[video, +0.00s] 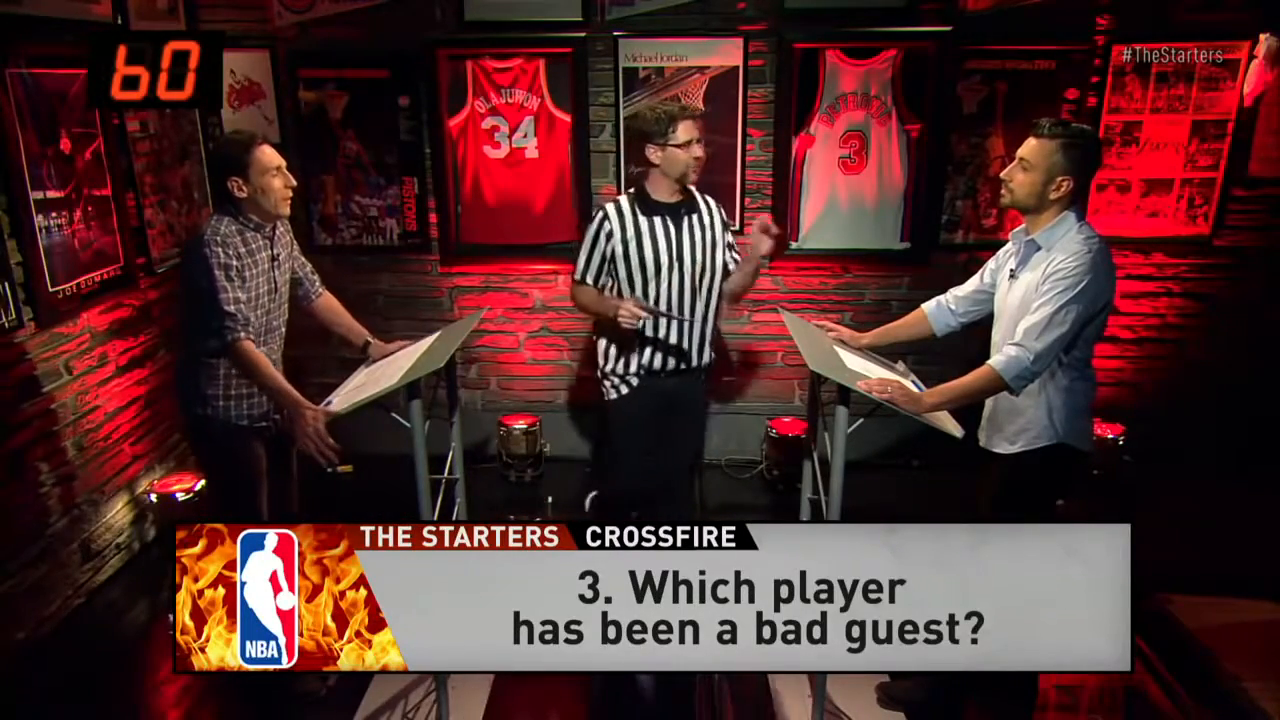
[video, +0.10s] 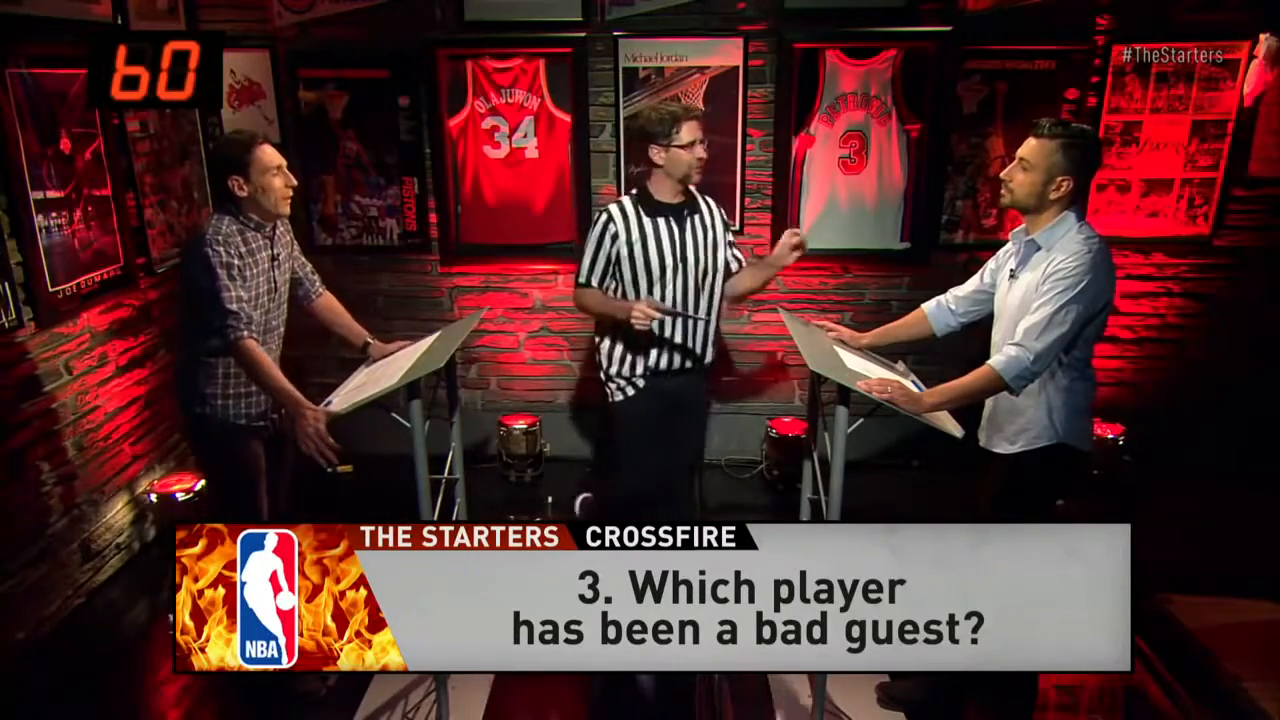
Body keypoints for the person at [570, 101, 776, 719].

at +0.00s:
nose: (701, 152)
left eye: (701, 142)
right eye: (690, 145)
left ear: (689, 149)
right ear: (654, 153)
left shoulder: (711, 214)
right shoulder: (615, 218)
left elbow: (725, 293)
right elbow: (581, 288)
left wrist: (754, 259)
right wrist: (610, 305)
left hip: (688, 383)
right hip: (631, 385)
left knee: (677, 504)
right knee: (625, 503)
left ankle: (671, 596)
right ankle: (617, 596)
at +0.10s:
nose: (703, 152)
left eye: (703, 143)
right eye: (693, 145)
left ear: (689, 154)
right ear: (657, 154)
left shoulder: (709, 212)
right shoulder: (617, 219)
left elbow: (727, 286)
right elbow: (584, 293)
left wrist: (775, 260)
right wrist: (623, 308)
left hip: (691, 384)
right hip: (633, 388)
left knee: (679, 505)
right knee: (632, 504)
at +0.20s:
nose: (706, 152)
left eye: (706, 143)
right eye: (695, 145)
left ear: (692, 150)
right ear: (659, 153)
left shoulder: (712, 213)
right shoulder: (620, 219)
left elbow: (723, 291)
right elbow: (588, 294)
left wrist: (763, 263)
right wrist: (629, 311)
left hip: (691, 382)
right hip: (635, 385)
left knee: (678, 506)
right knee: (633, 502)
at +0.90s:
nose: (631, 162)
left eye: (642, 154)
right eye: (630, 152)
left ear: (679, 159)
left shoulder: (720, 222)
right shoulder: (617, 211)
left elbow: (734, 301)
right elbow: (599, 273)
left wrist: (685, 320)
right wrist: (602, 298)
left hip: (684, 384)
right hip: (622, 378)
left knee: (676, 491)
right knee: (613, 486)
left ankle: (673, 572)